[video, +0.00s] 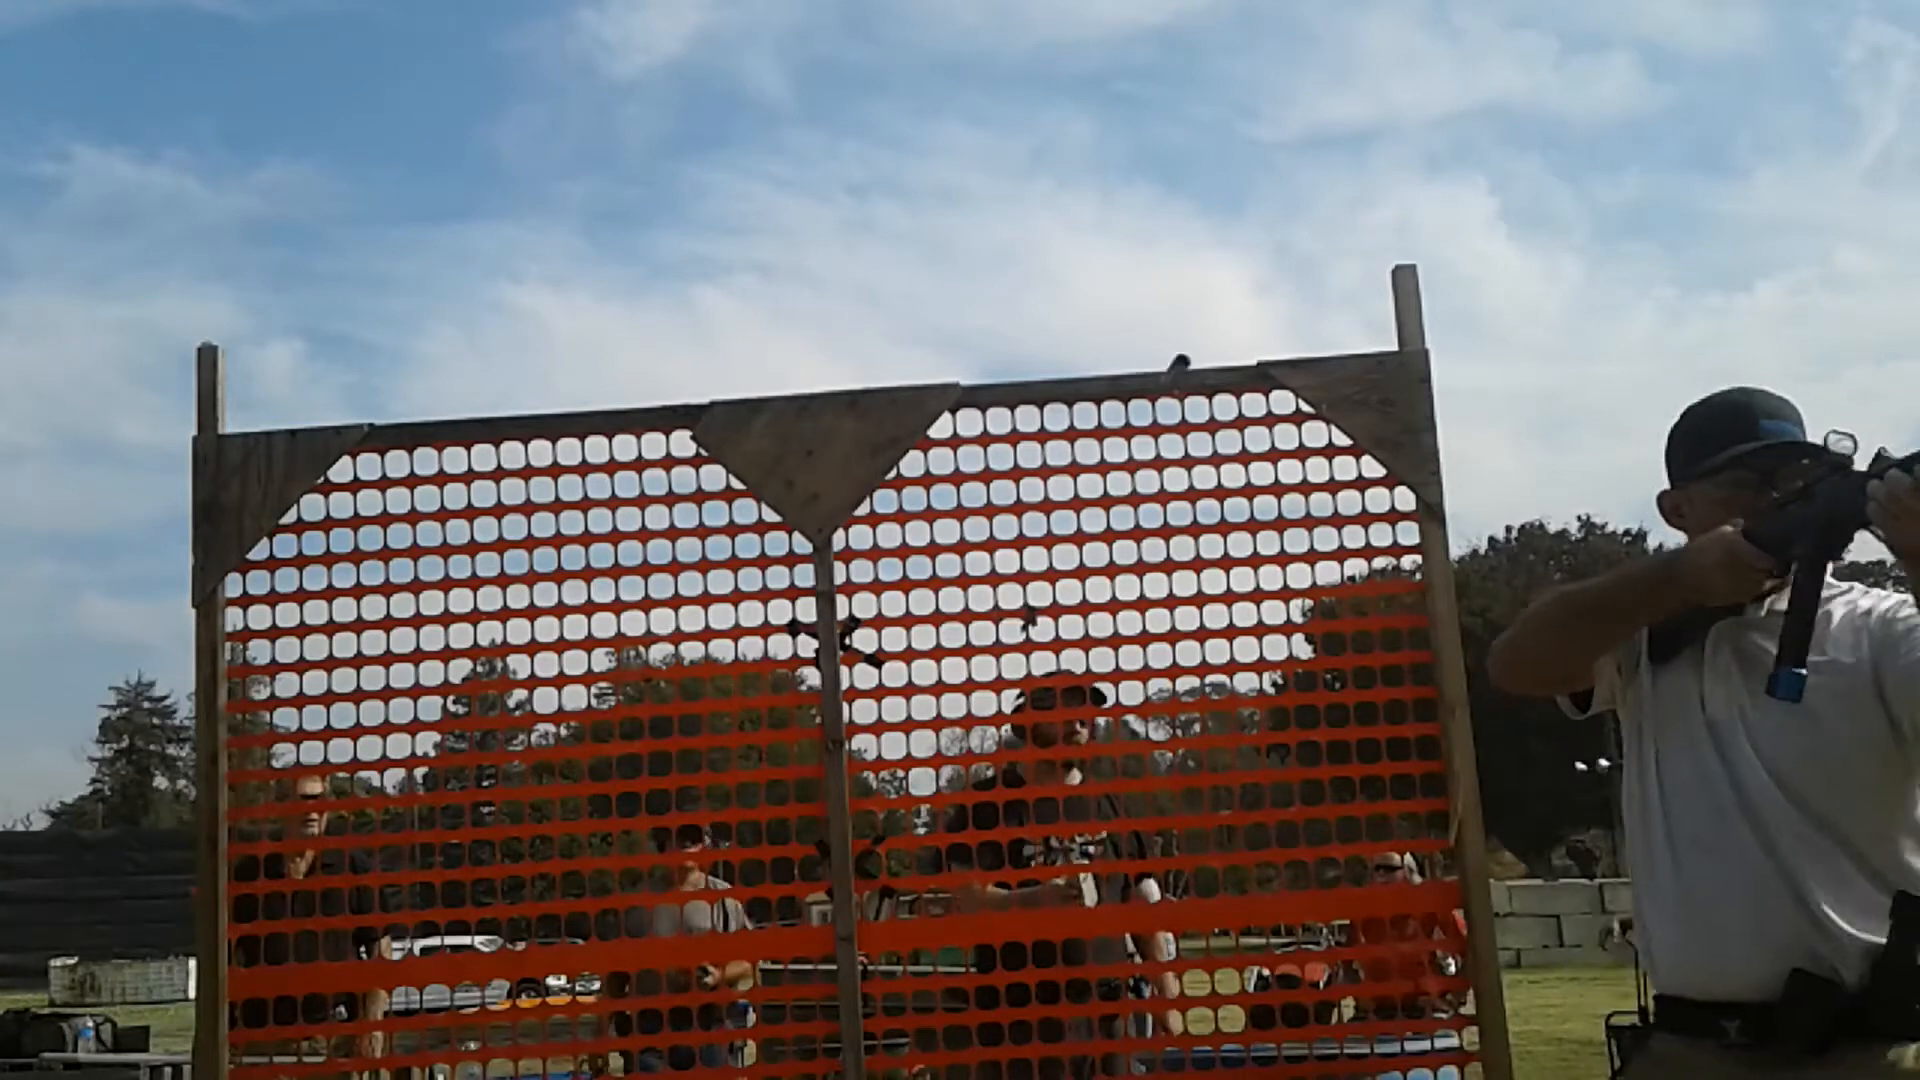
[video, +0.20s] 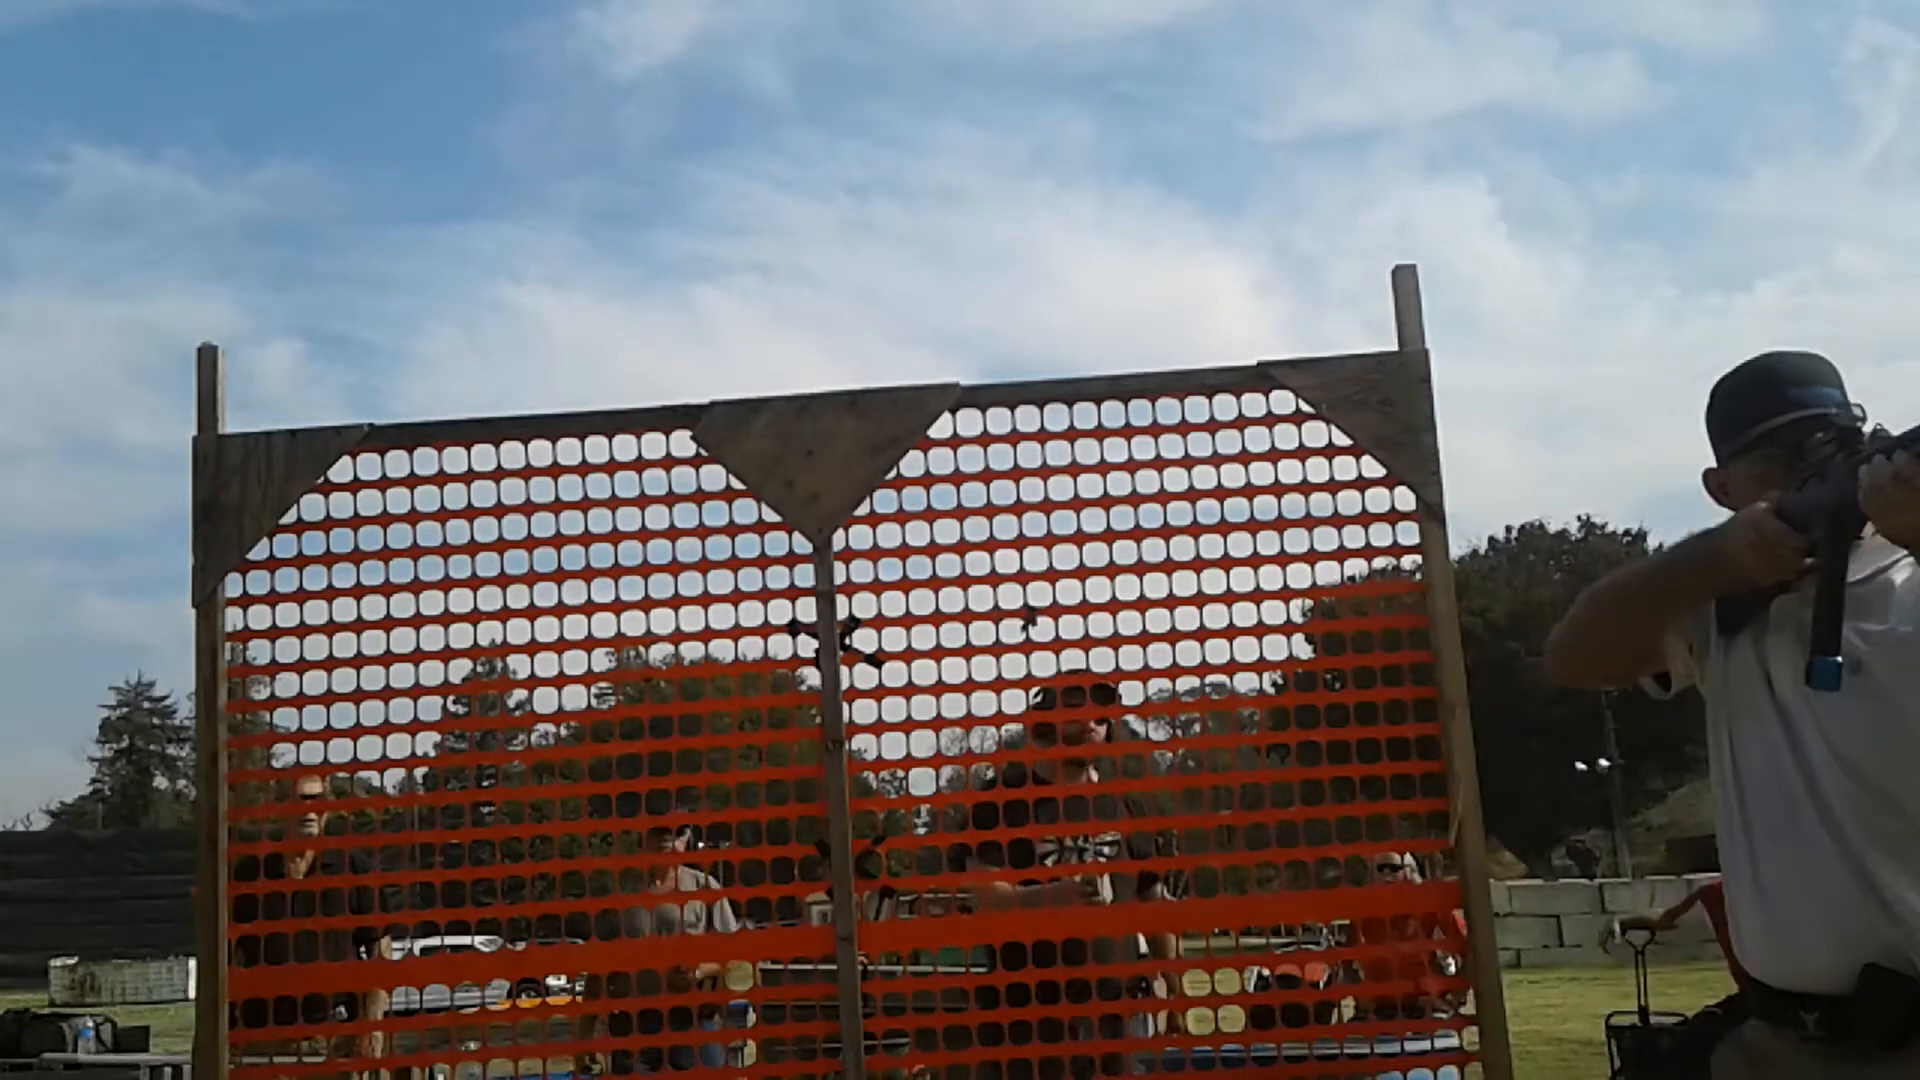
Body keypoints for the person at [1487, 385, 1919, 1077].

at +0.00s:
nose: (1773, 504)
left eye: (1791, 478)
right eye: (1745, 479)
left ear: (1816, 487)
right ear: (1678, 508)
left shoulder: (1879, 625)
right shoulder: (1643, 644)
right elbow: (1513, 665)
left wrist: (1915, 558)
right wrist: (1682, 577)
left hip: (1862, 1043)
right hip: (1684, 1044)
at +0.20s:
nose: (1805, 474)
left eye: (1824, 445)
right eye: (1775, 455)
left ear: (1860, 450)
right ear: (1723, 488)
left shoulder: (1905, 581)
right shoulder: (1722, 604)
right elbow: (1572, 658)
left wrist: (1913, 532)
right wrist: (1722, 558)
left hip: (1906, 1029)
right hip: (1773, 1034)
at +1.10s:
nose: (1760, 448)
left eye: (1785, 417)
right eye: (1727, 430)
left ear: (1850, 423)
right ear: (1699, 464)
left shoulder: (1907, 542)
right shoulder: (1711, 592)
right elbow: (1562, 705)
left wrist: (1891, 555)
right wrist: (1682, 580)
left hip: (1905, 1035)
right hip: (1766, 1039)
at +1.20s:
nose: (1701, 449)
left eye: (1722, 422)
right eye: (1667, 430)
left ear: (1769, 444)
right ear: (1618, 473)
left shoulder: (1862, 580)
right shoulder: (1622, 617)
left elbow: (1912, 780)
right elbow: (1478, 729)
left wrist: (1771, 644)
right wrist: (1580, 624)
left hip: (1885, 1035)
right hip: (1716, 1043)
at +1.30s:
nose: (1624, 466)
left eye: (1642, 439)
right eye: (1587, 446)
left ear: (1676, 463)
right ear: (1526, 486)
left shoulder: (1769, 596)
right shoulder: (1519, 630)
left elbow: (1861, 802)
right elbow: (1378, 742)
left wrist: (1700, 676)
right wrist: (1483, 641)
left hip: (1817, 1038)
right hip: (1636, 1047)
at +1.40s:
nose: (1532, 487)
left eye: (1549, 462)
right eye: (1494, 466)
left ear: (1570, 482)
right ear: (1425, 502)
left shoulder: (1677, 613)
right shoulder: (1413, 635)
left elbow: (1802, 811)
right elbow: (1273, 743)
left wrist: (1673, 672)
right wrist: (1402, 643)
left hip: (1727, 1036)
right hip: (1539, 1052)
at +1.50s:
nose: (1448, 507)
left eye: (1460, 476)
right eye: (1409, 482)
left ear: (1483, 491)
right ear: (1337, 519)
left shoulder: (1570, 620)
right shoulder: (1327, 649)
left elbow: (1752, 788)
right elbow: (1193, 755)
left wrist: (1677, 630)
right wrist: (1346, 634)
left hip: (1648, 1036)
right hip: (1466, 1058)